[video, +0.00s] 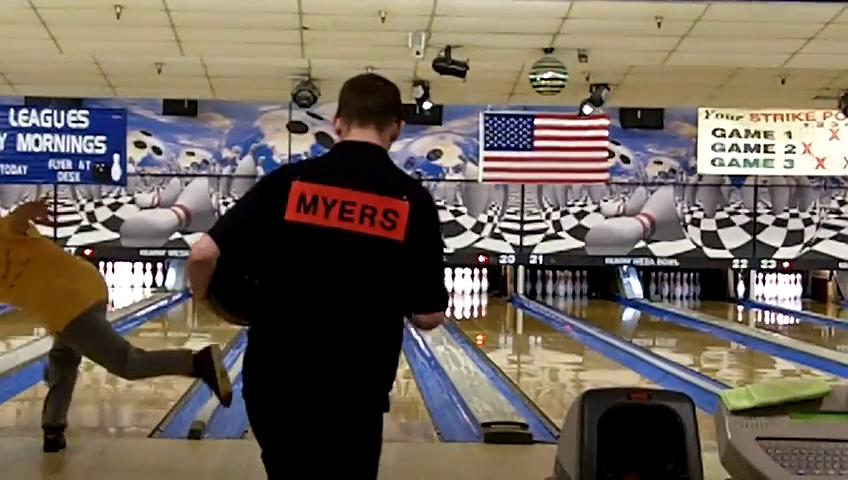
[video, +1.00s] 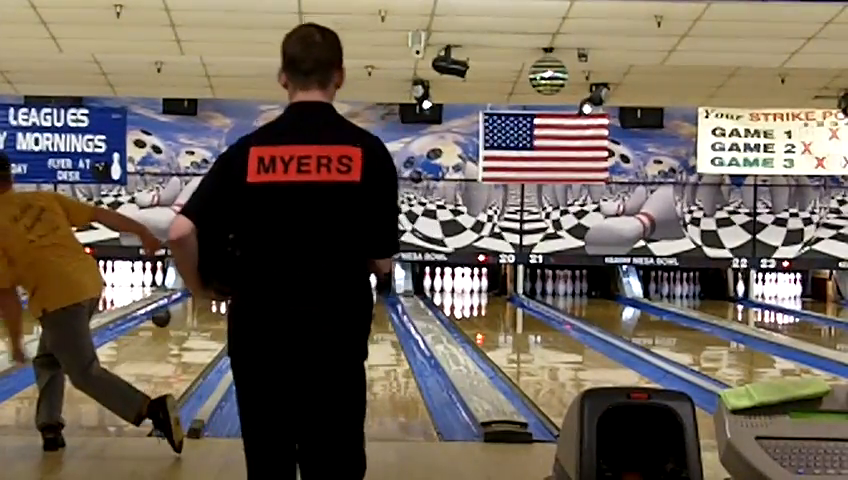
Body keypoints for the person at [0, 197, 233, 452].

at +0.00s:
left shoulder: (5, 234)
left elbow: (13, 224)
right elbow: (16, 223)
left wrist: (22, 213)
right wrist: (22, 212)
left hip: (70, 303)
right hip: (85, 289)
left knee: (128, 363)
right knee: (63, 362)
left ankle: (200, 363)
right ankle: (53, 430)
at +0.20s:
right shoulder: (15, 224)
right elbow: (58, 204)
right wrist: (92, 187)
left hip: (69, 301)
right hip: (92, 283)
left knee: (117, 369)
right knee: (57, 358)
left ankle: (199, 387)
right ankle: (52, 430)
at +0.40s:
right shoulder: (24, 218)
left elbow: (2, 327)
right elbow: (84, 212)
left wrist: (7, 370)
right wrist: (131, 205)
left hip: (68, 302)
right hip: (94, 286)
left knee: (105, 374)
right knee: (54, 359)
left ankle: (180, 407)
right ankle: (51, 430)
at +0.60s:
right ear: (4, 201)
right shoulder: (34, 213)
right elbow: (89, 215)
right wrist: (138, 219)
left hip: (64, 298)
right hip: (92, 286)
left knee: (98, 374)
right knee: (54, 361)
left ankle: (169, 408)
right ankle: (51, 430)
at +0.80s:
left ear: (1, 190)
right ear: (6, 186)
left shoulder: (4, 214)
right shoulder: (40, 203)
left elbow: (13, 235)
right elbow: (92, 213)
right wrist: (137, 225)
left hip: (60, 296)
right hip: (90, 287)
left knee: (89, 371)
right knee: (47, 361)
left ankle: (157, 408)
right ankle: (50, 428)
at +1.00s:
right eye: (7, 176)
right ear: (10, 178)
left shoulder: (2, 223)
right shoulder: (46, 199)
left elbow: (7, 293)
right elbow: (99, 213)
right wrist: (144, 232)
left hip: (57, 295)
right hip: (90, 286)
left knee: (84, 372)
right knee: (48, 359)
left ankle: (151, 410)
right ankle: (50, 429)